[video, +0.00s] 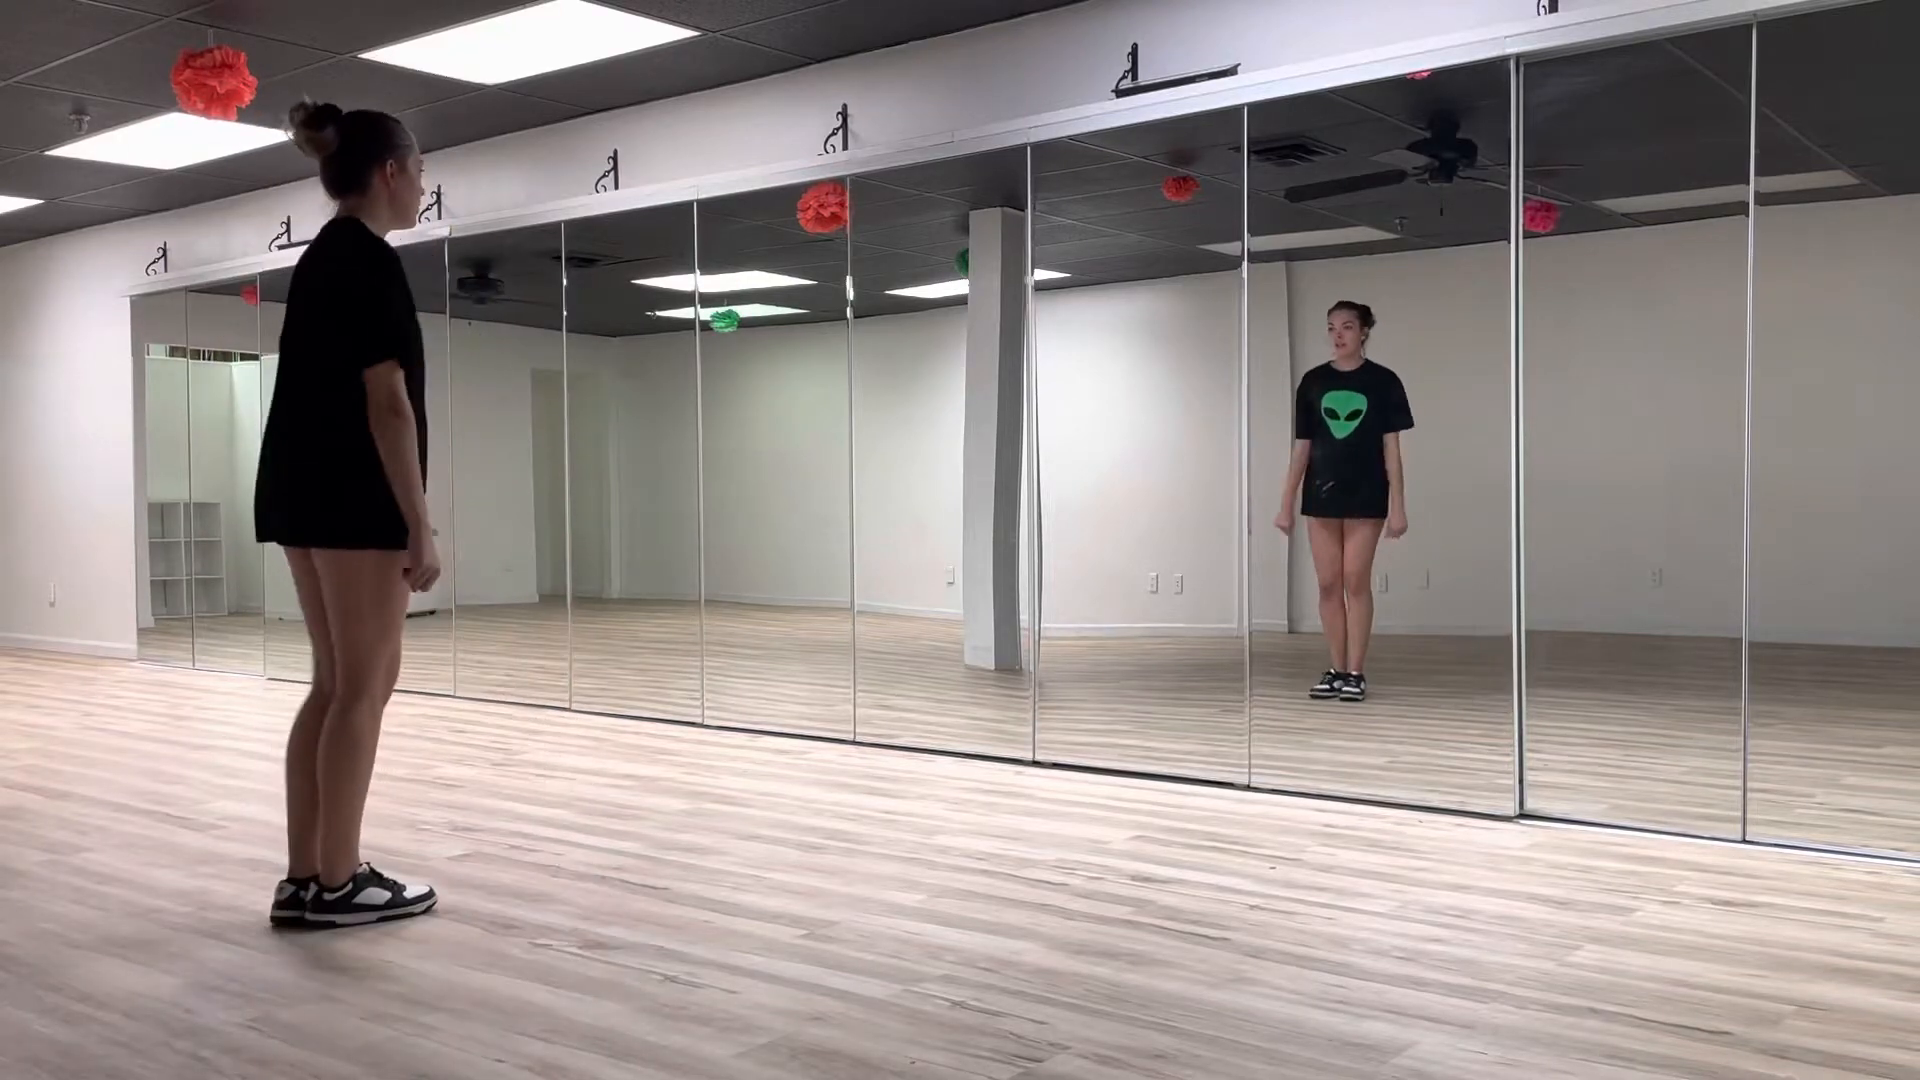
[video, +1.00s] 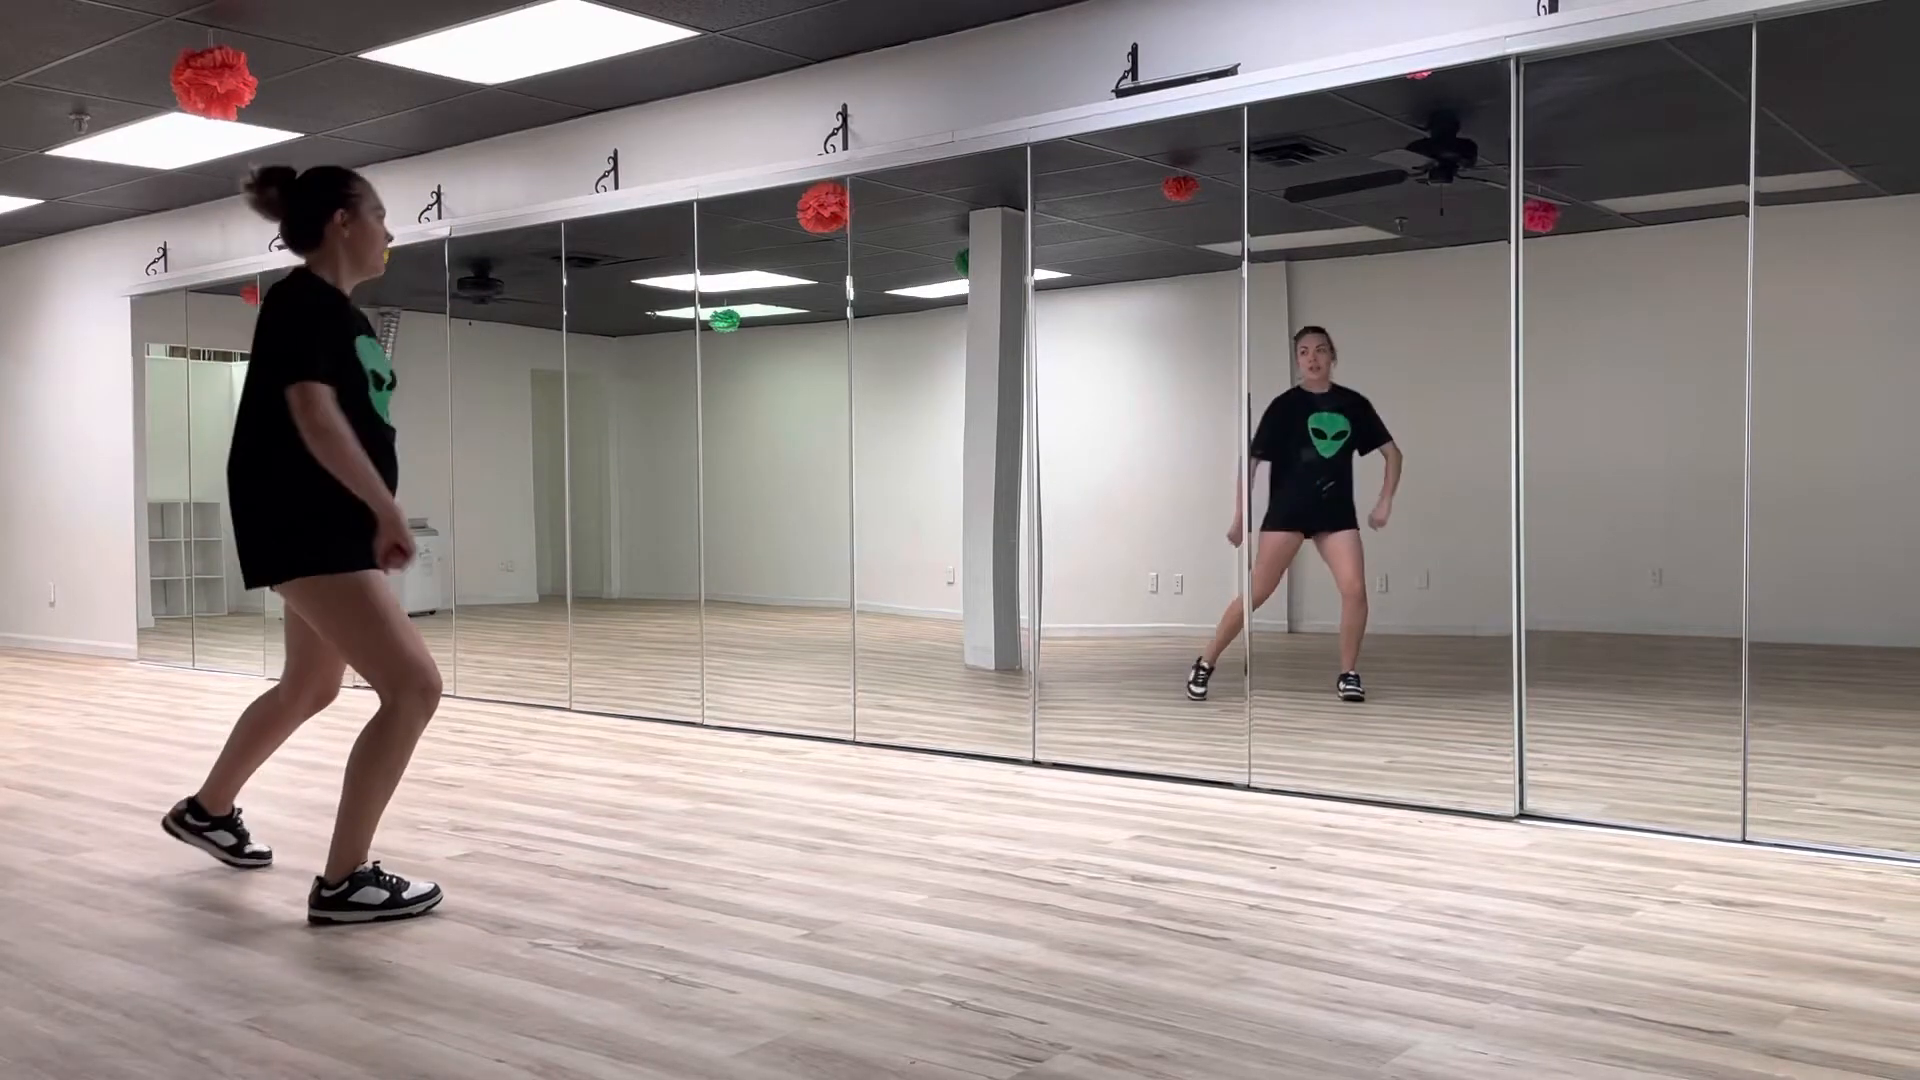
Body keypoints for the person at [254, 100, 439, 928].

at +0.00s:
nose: (424, 188)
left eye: (420, 171)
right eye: (418, 172)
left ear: (352, 177)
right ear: (389, 174)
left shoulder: (318, 260)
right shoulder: (371, 262)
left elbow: (322, 398)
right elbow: (389, 403)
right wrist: (418, 527)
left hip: (298, 490)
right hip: (357, 493)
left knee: (331, 683)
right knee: (367, 683)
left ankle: (306, 875)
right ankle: (338, 876)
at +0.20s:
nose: (418, 195)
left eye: (414, 180)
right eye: (409, 180)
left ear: (352, 187)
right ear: (377, 184)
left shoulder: (330, 264)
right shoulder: (334, 267)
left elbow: (348, 390)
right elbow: (376, 383)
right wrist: (485, 448)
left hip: (330, 500)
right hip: (329, 504)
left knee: (394, 665)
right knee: (363, 677)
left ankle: (282, 833)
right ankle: (340, 880)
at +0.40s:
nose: (395, 195)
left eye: (392, 181)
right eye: (385, 180)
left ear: (339, 189)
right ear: (347, 186)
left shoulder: (346, 271)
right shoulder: (292, 250)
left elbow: (364, 342)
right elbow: (274, 301)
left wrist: (448, 308)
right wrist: (406, 271)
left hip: (343, 492)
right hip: (308, 493)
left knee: (329, 664)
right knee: (377, 669)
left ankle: (230, 790)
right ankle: (339, 879)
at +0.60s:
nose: (373, 253)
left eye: (371, 240)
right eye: (363, 239)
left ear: (327, 247)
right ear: (321, 244)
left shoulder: (346, 326)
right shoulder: (260, 312)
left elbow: (345, 409)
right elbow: (183, 286)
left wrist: (377, 369)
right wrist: (281, 293)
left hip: (339, 533)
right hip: (281, 533)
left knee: (290, 695)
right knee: (396, 673)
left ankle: (197, 822)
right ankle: (348, 873)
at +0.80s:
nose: (366, 269)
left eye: (365, 255)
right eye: (356, 254)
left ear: (318, 259)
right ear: (313, 257)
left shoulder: (329, 337)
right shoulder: (264, 322)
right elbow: (186, 349)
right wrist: (278, 406)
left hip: (334, 549)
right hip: (284, 551)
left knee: (283, 705)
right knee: (406, 683)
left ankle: (192, 829)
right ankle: (344, 876)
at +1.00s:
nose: (389, 233)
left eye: (385, 219)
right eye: (380, 218)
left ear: (334, 227)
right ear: (343, 224)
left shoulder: (332, 309)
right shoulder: (305, 301)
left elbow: (336, 423)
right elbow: (314, 416)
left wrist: (375, 518)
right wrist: (386, 507)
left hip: (318, 524)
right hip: (306, 524)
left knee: (309, 684)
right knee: (414, 687)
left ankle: (208, 807)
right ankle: (345, 876)